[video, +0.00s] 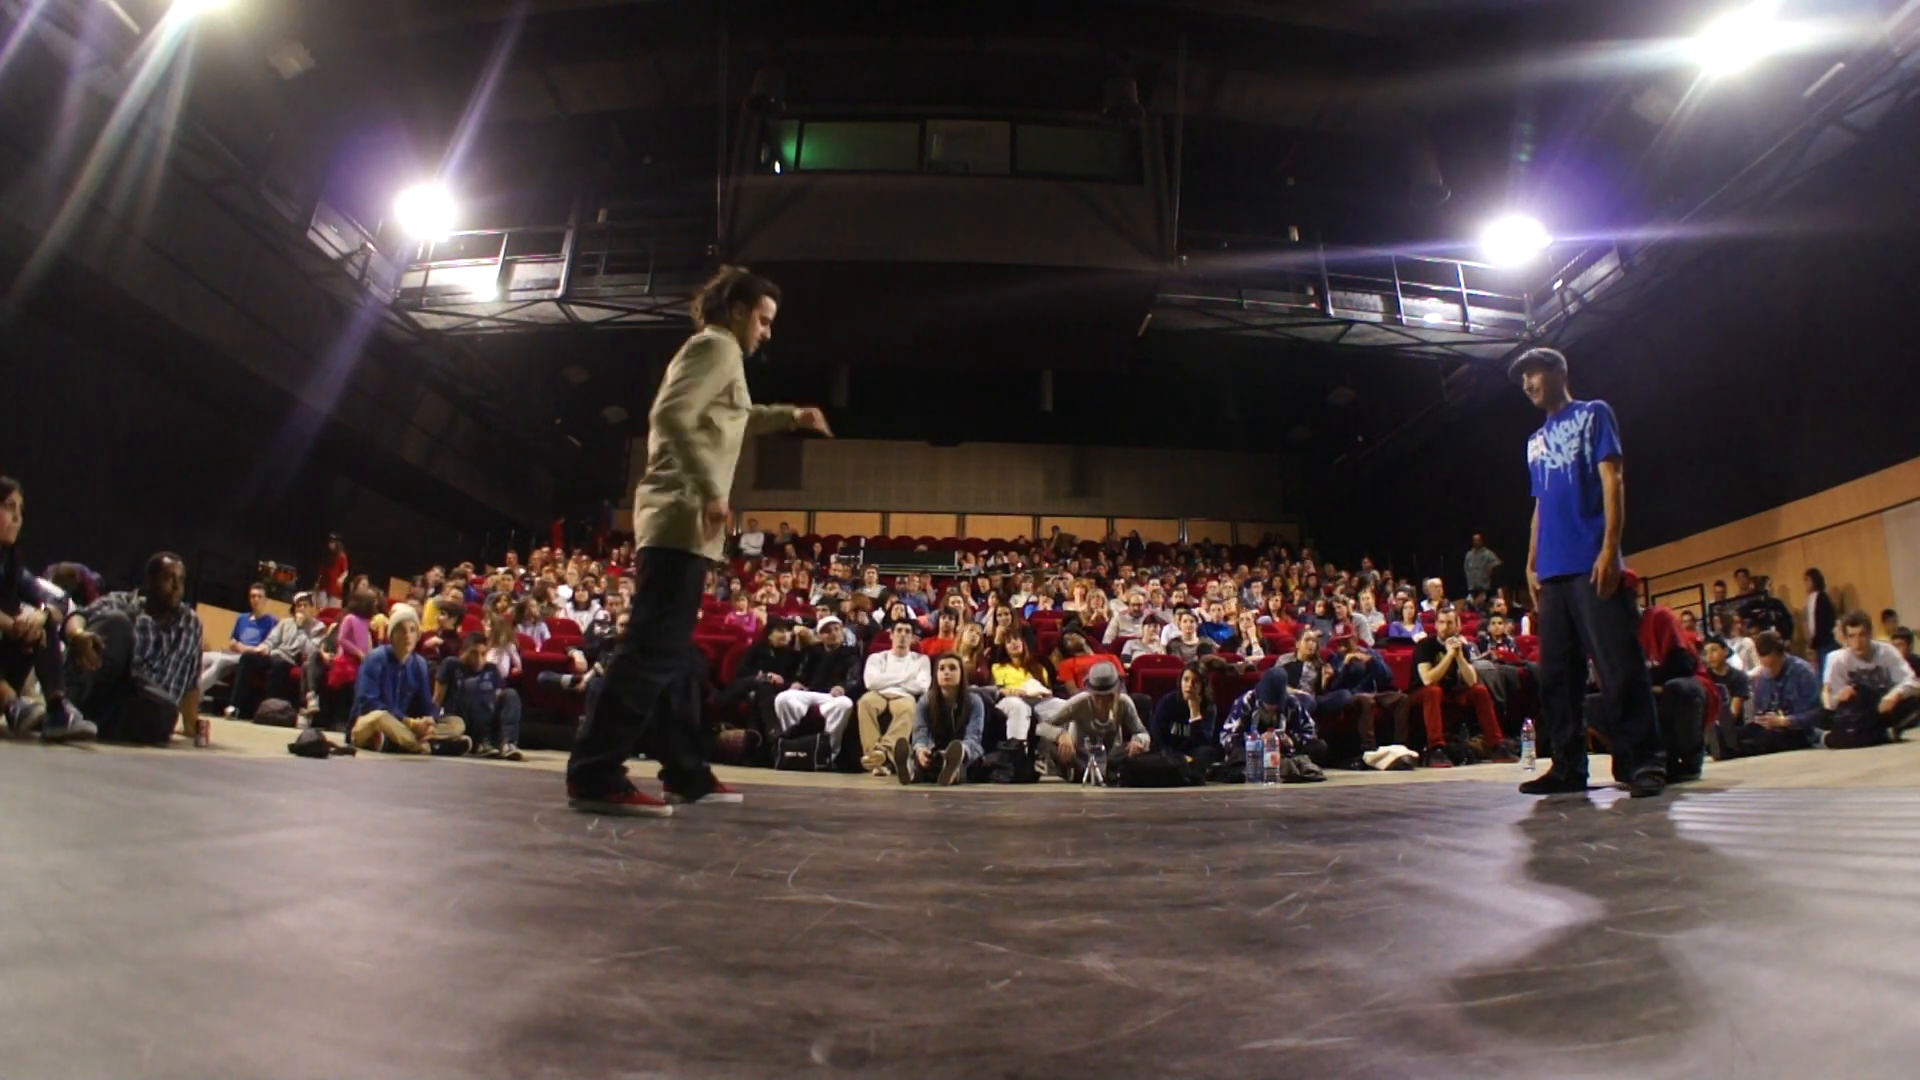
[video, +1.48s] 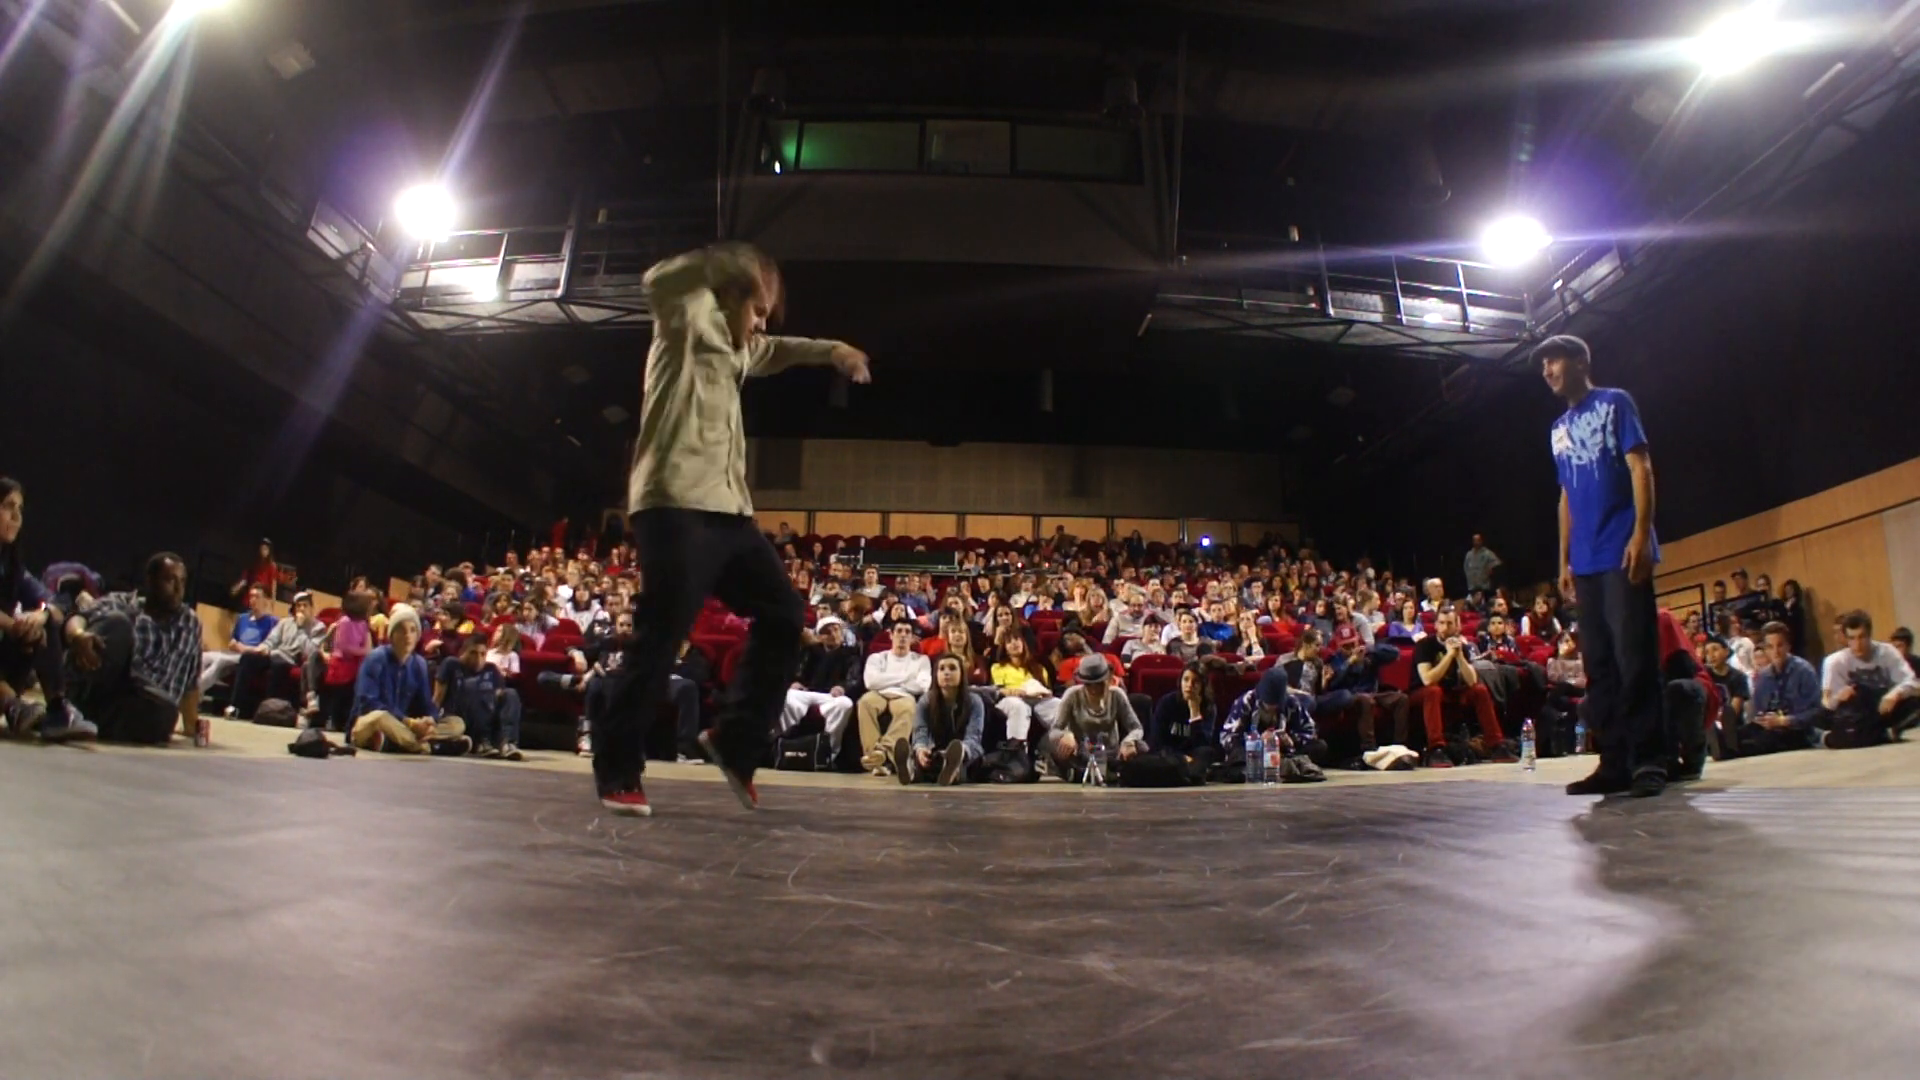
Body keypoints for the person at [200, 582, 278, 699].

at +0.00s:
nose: (256, 600)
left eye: (259, 596)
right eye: (253, 596)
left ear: (265, 599)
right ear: (249, 599)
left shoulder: (272, 622)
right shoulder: (242, 618)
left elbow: (266, 648)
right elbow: (233, 639)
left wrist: (243, 648)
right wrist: (235, 645)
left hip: (253, 656)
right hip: (235, 653)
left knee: (221, 661)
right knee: (203, 657)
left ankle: (195, 692)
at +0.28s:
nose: (256, 600)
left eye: (259, 596)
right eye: (253, 596)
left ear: (265, 599)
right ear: (249, 599)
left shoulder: (271, 622)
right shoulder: (242, 618)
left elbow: (265, 648)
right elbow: (233, 641)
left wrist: (242, 647)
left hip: (253, 656)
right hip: (235, 653)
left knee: (221, 661)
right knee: (204, 657)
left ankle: (194, 692)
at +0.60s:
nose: (256, 600)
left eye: (260, 597)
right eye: (253, 596)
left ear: (266, 600)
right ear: (250, 599)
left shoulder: (271, 621)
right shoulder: (242, 618)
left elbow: (265, 648)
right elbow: (233, 641)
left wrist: (242, 647)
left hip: (253, 656)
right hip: (235, 654)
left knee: (221, 661)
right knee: (204, 657)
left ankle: (195, 692)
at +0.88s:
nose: (256, 600)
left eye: (259, 596)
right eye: (253, 596)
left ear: (265, 599)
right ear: (249, 599)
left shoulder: (271, 621)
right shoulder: (242, 618)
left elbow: (267, 647)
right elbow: (233, 640)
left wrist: (244, 648)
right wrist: (237, 646)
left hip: (254, 656)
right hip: (235, 653)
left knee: (221, 661)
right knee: (203, 657)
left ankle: (195, 692)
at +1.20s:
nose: (256, 600)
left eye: (260, 596)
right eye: (253, 596)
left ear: (266, 600)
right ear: (250, 599)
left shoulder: (271, 621)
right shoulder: (241, 618)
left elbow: (266, 647)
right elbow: (233, 641)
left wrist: (242, 647)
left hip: (254, 655)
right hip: (236, 653)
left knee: (221, 661)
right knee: (204, 656)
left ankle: (195, 691)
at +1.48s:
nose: (253, 600)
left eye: (257, 597)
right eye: (251, 596)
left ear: (266, 600)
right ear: (248, 599)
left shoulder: (272, 622)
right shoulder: (242, 618)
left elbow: (265, 648)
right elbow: (233, 640)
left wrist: (241, 647)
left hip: (254, 656)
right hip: (236, 653)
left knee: (221, 661)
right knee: (204, 657)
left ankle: (194, 691)